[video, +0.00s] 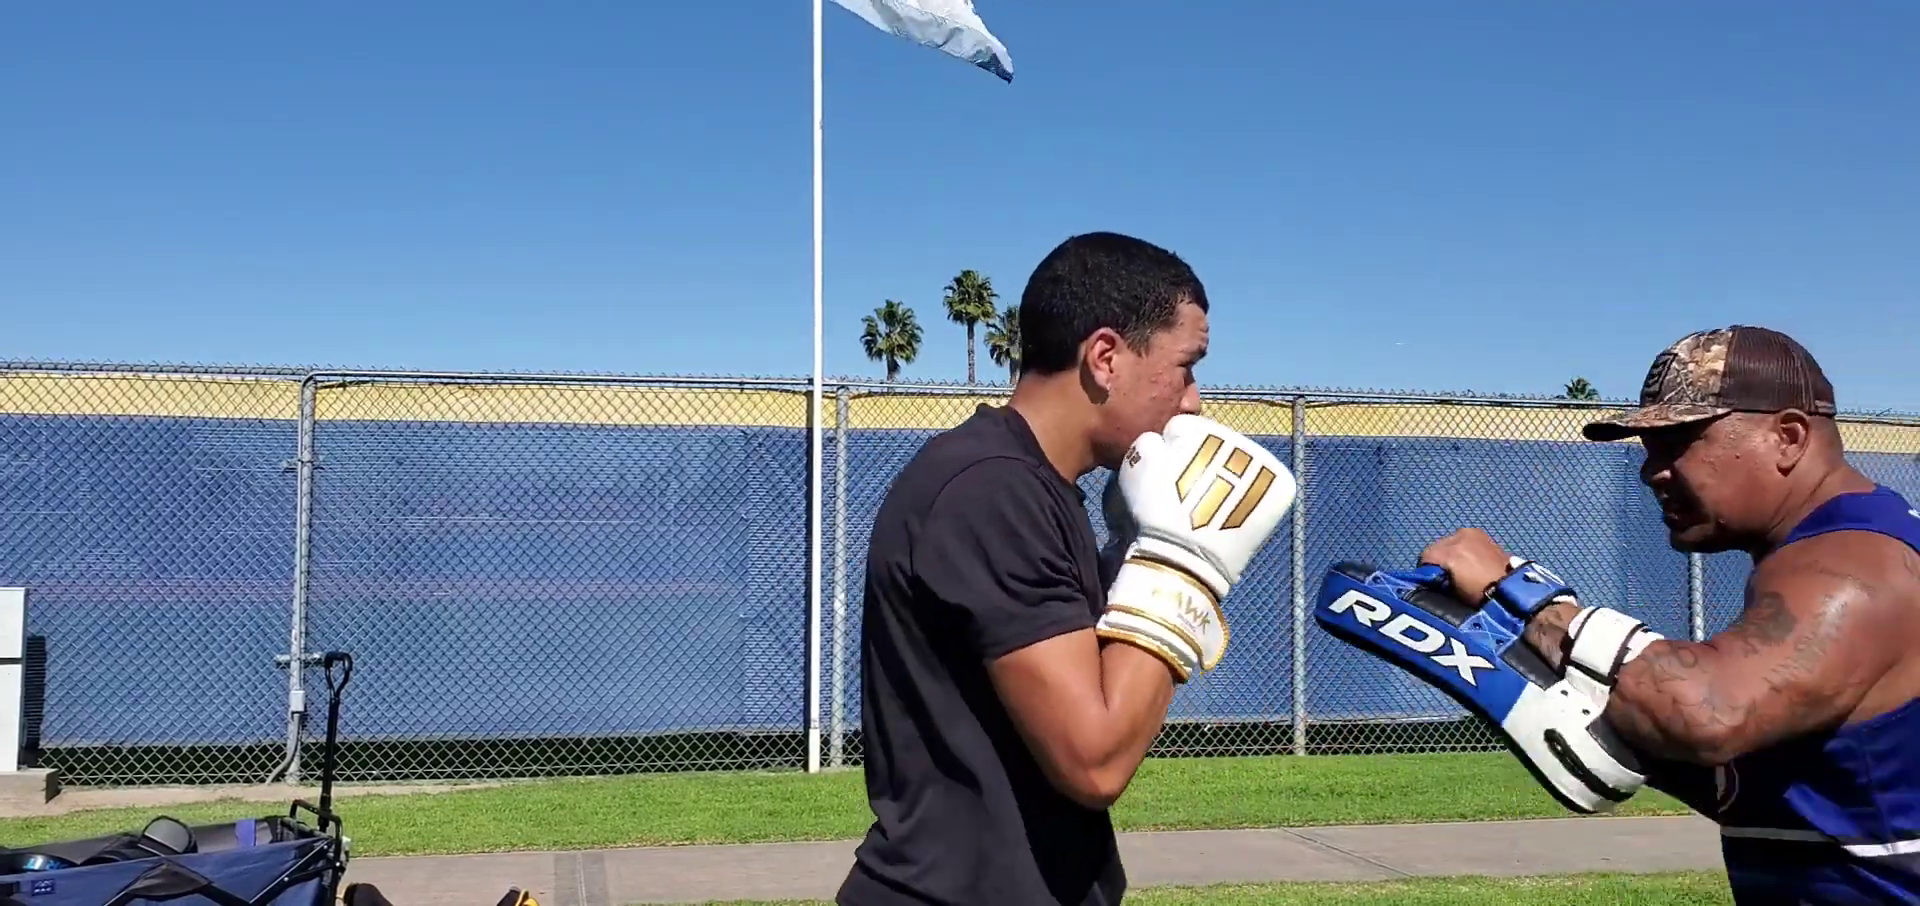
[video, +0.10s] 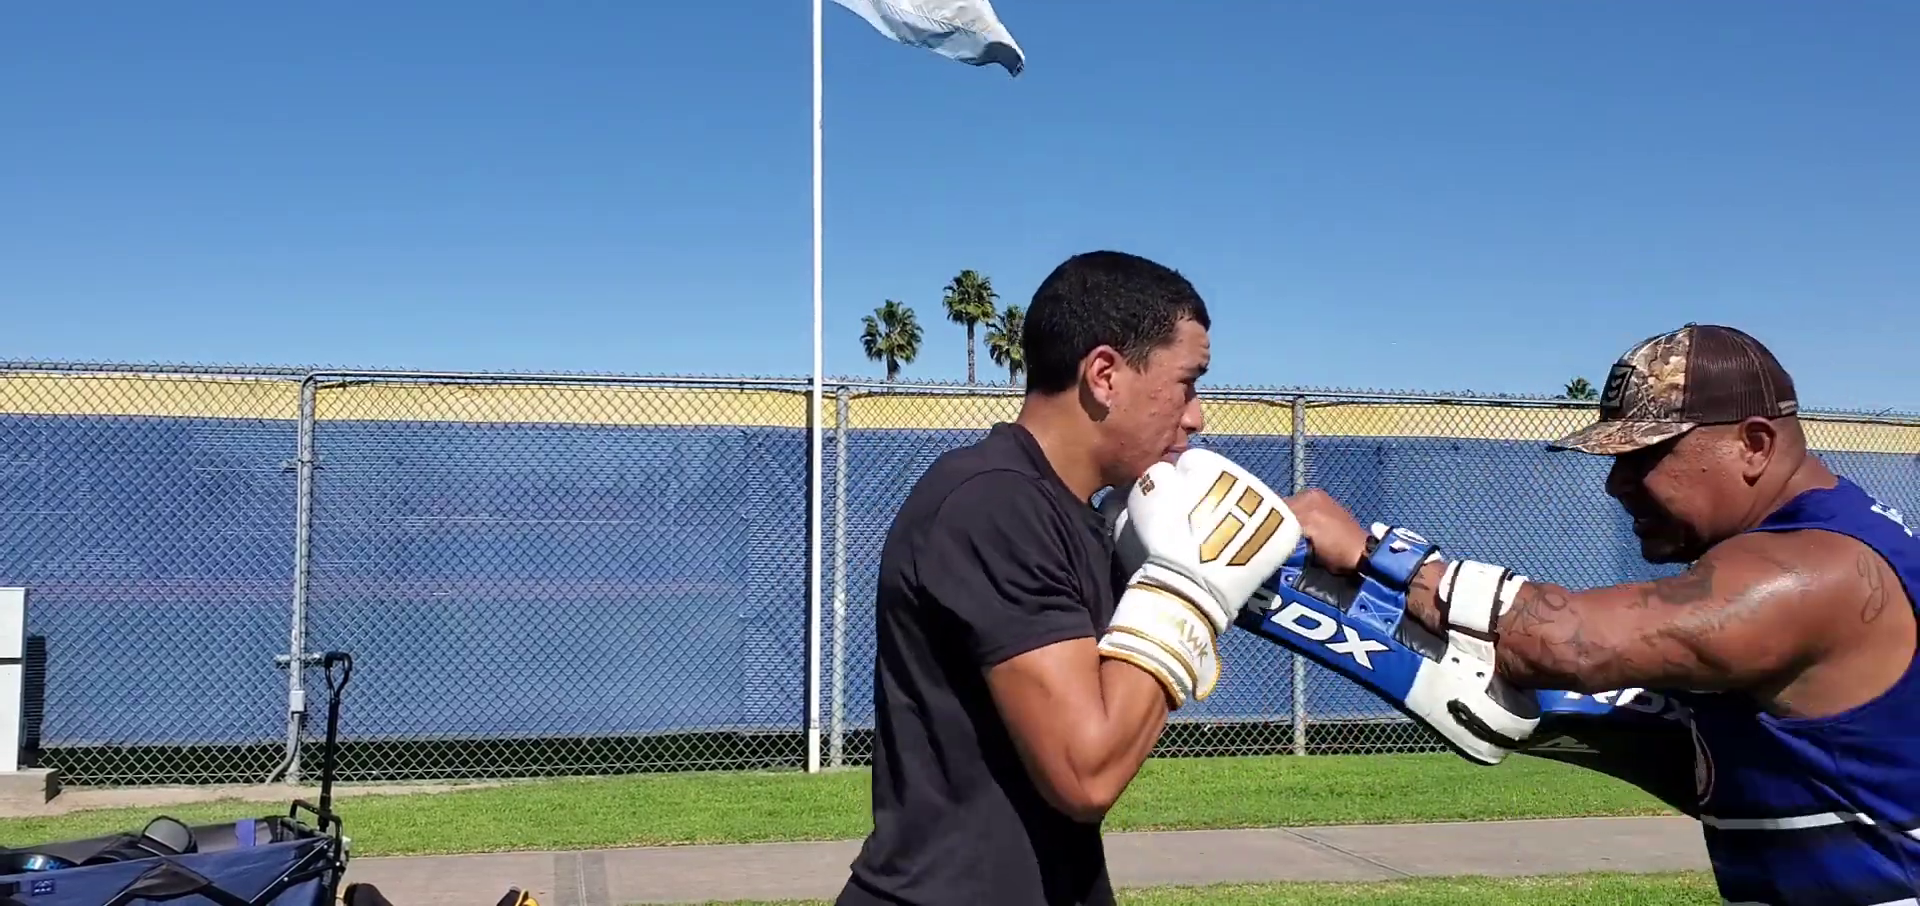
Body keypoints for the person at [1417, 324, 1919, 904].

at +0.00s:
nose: (1650, 470)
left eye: (1677, 442)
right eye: (1649, 446)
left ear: (1787, 440)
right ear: (1788, 442)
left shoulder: (1848, 563)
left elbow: (1702, 708)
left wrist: (1515, 590)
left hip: (1871, 890)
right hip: (1813, 885)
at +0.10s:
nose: (1619, 485)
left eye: (1647, 456)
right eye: (1619, 460)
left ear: (1755, 447)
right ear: (1758, 452)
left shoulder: (1807, 568)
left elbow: (1565, 643)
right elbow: (1741, 774)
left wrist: (1367, 550)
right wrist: (1552, 726)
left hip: (1872, 891)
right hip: (1804, 883)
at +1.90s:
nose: (1551, 460)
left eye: (1567, 425)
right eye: (1554, 435)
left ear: (1650, 414)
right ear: (1649, 417)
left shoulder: (1775, 532)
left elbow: (1746, 757)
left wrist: (1604, 880)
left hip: (1824, 883)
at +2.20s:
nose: (1656, 448)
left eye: (1688, 421)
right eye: (1651, 425)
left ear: (1784, 429)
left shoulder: (1852, 557)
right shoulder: (1690, 563)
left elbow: (1848, 762)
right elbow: (1596, 700)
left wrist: (1648, 861)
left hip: (1822, 880)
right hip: (1706, 875)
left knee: (1603, 882)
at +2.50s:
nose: (1702, 453)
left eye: (1733, 425)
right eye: (1699, 428)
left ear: (1835, 431)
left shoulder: (1887, 550)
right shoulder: (1735, 560)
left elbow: (1853, 704)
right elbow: (1619, 655)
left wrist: (1630, 768)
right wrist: (1631, 482)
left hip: (1849, 889)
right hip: (1729, 885)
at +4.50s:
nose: (1815, 468)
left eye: (1851, 439)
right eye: (1814, 439)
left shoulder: (1913, 590)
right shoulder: (1856, 562)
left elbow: (1818, 723)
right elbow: (1818, 669)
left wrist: (1607, 785)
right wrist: (1714, 615)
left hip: (1891, 889)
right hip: (1823, 881)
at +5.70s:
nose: (1704, 530)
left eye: (1723, 499)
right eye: (1695, 509)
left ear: (1819, 474)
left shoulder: (1905, 577)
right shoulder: (1781, 600)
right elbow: (1713, 769)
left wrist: (1903, 875)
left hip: (1898, 891)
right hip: (1840, 887)